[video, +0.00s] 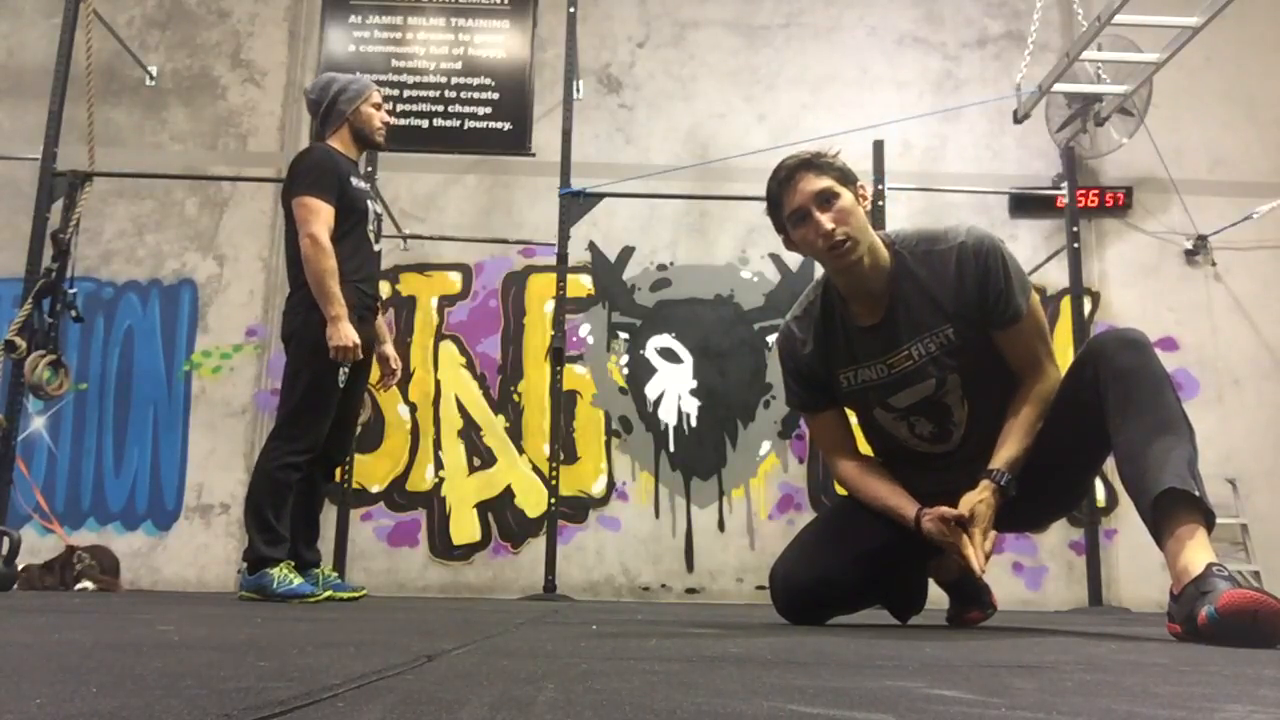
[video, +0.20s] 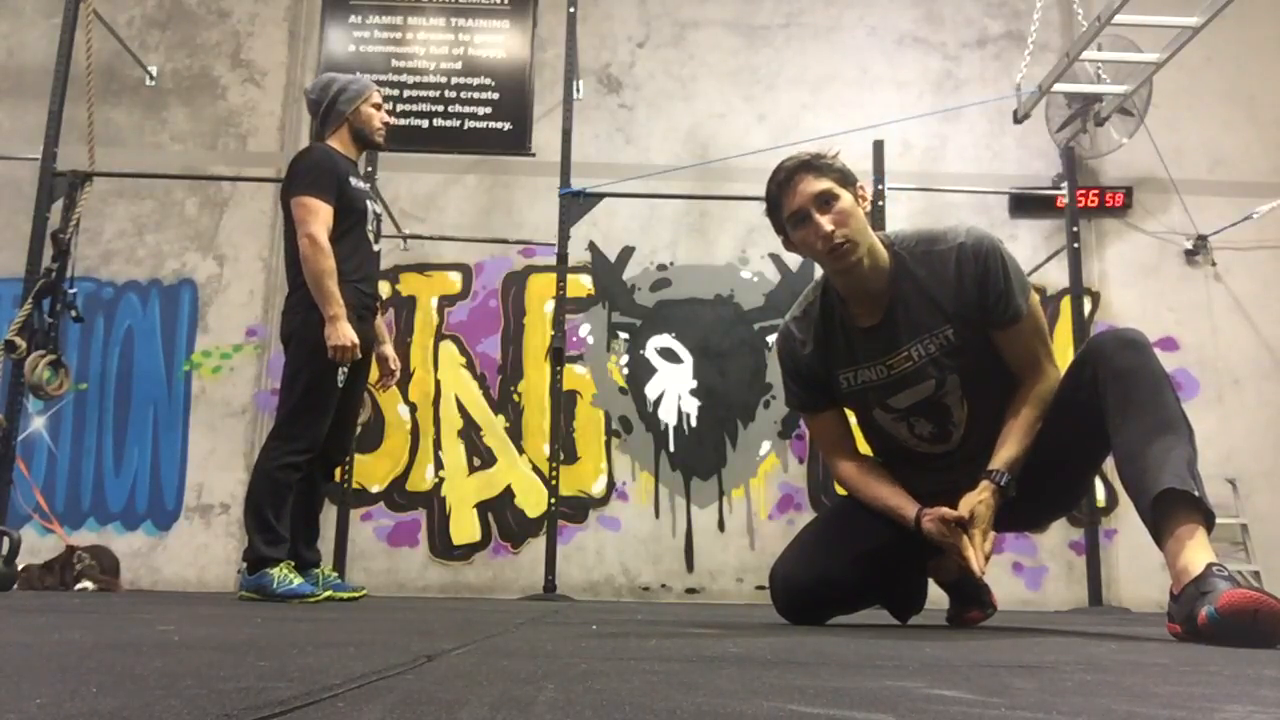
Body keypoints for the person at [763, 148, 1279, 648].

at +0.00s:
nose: (822, 223)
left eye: (828, 200)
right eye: (800, 221)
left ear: (863, 195)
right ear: (793, 245)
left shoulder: (970, 259)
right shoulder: (804, 340)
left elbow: (1040, 379)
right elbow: (841, 456)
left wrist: (992, 485)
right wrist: (916, 516)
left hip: (1018, 472)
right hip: (913, 497)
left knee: (1120, 349)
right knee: (796, 590)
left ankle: (1195, 578)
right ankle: (940, 560)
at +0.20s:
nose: (822, 226)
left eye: (827, 202)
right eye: (800, 223)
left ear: (862, 196)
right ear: (793, 247)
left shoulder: (969, 260)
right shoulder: (804, 341)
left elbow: (1040, 379)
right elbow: (840, 456)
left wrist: (991, 486)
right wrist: (916, 517)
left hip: (1018, 471)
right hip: (913, 497)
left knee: (1120, 349)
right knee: (796, 590)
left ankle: (1195, 578)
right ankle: (940, 561)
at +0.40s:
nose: (820, 225)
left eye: (825, 202)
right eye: (798, 223)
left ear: (861, 197)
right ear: (790, 248)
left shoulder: (968, 260)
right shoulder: (803, 341)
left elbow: (1039, 379)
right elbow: (840, 456)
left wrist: (991, 486)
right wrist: (916, 517)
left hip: (1017, 472)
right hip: (912, 498)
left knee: (1119, 350)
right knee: (796, 590)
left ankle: (1195, 578)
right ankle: (938, 560)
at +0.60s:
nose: (819, 225)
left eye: (824, 202)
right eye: (797, 223)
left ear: (858, 196)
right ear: (789, 248)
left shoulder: (966, 260)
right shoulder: (801, 342)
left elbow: (1038, 378)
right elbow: (840, 458)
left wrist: (991, 486)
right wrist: (915, 517)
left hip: (1016, 471)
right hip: (911, 497)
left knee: (1118, 349)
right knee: (795, 591)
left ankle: (1195, 578)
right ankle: (935, 558)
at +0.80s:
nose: (817, 225)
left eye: (822, 202)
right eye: (795, 223)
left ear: (858, 196)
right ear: (789, 248)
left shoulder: (966, 260)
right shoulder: (801, 341)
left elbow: (1038, 378)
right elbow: (839, 457)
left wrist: (991, 486)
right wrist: (915, 517)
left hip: (1017, 469)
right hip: (911, 496)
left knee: (1118, 350)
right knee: (795, 590)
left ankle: (1195, 578)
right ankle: (935, 559)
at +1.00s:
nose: (817, 226)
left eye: (822, 202)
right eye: (795, 225)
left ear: (857, 196)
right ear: (789, 250)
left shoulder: (966, 260)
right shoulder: (800, 342)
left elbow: (1037, 378)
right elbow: (839, 457)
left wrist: (991, 486)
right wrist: (915, 517)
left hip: (1016, 470)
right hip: (910, 496)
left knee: (1118, 349)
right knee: (795, 591)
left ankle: (1195, 578)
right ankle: (934, 558)